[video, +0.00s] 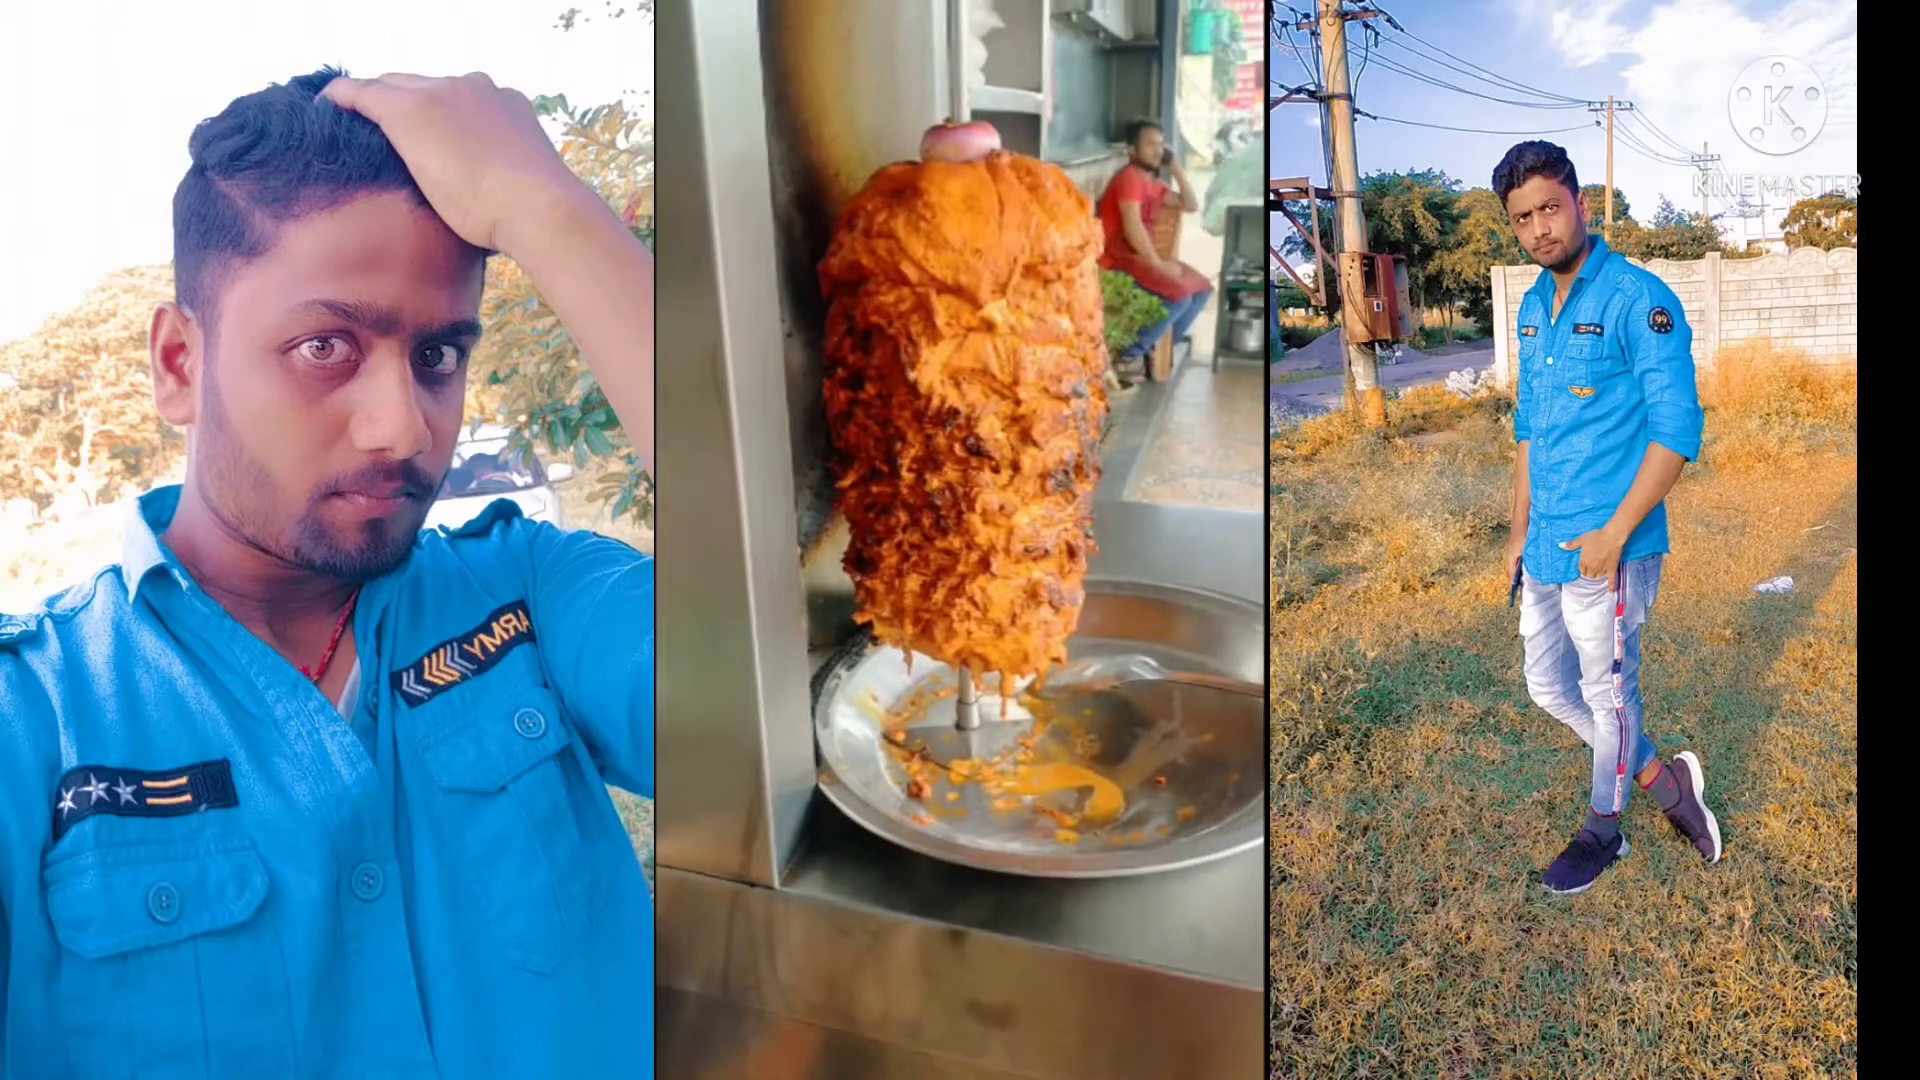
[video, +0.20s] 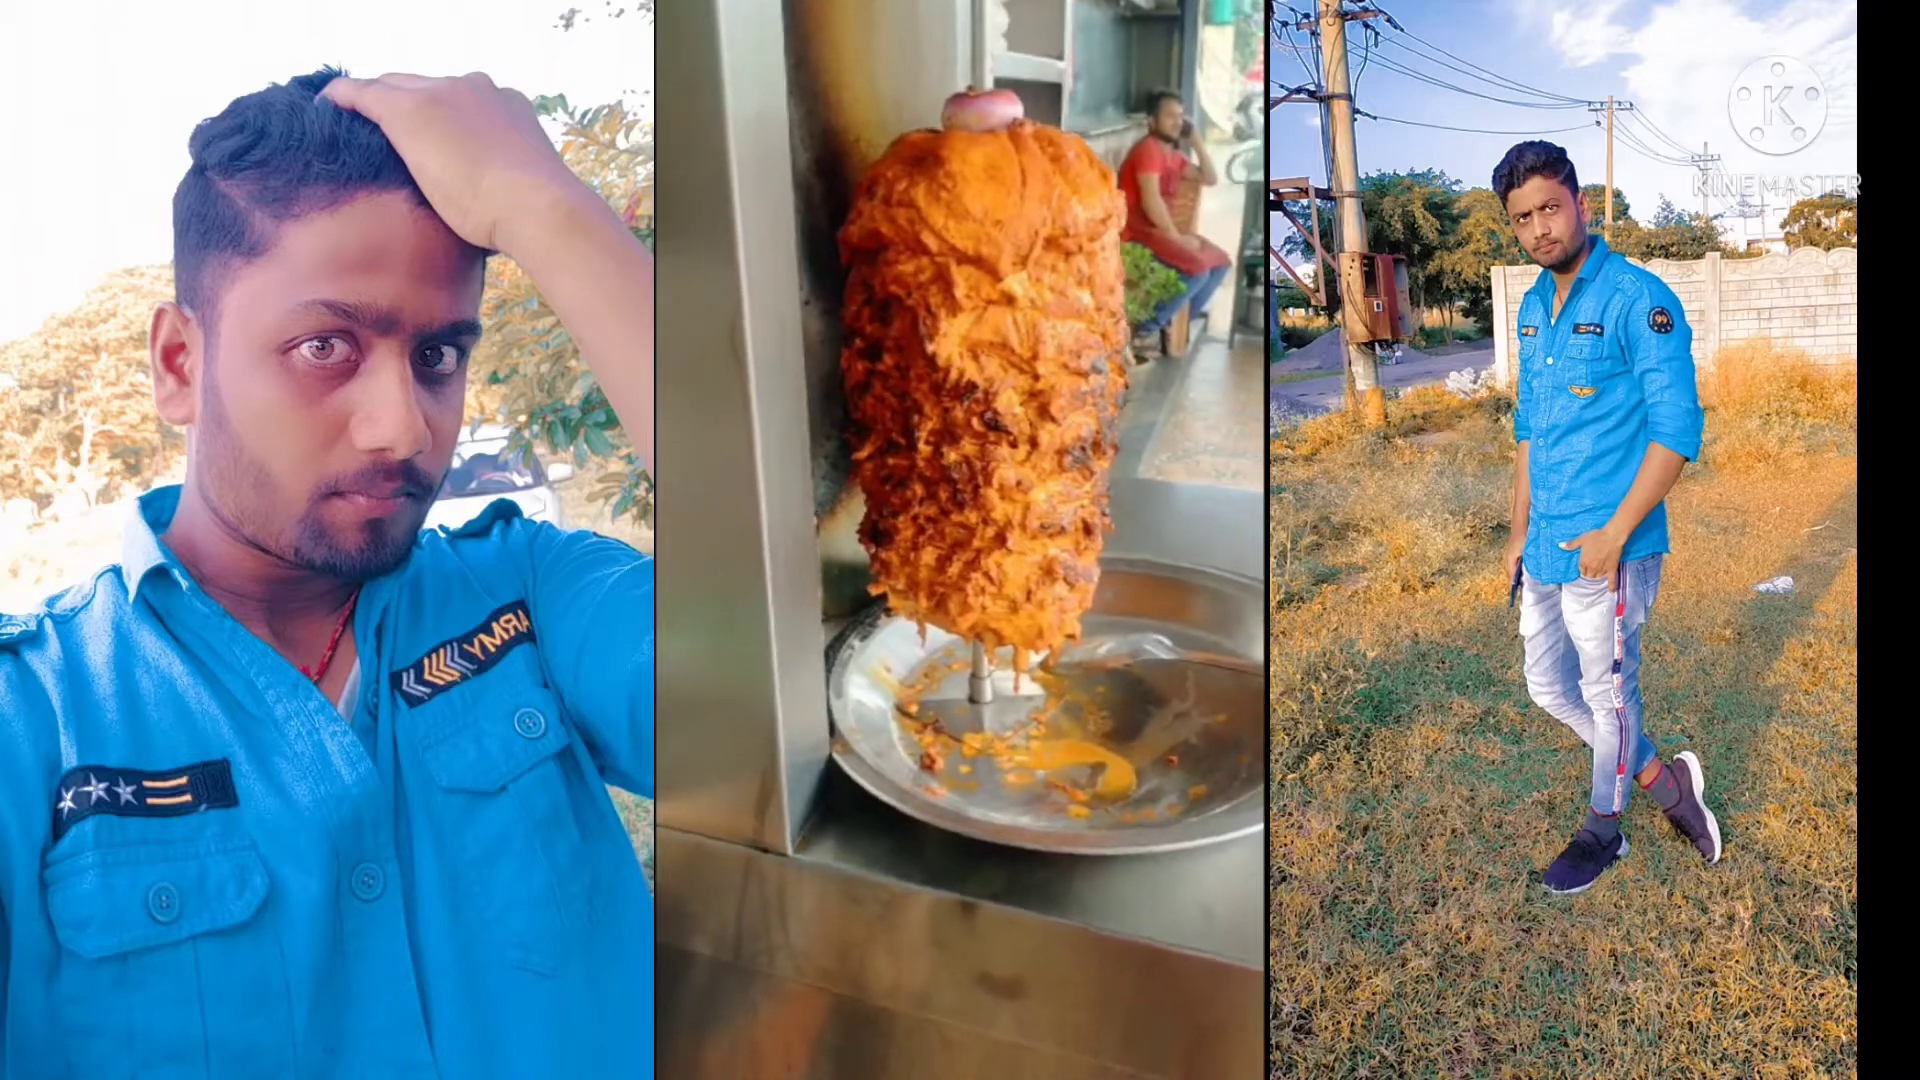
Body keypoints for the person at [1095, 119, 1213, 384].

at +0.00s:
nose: (1158, 150)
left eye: (1161, 144)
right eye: (1151, 144)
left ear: (1163, 149)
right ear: (1133, 148)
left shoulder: (1153, 183)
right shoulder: (1129, 178)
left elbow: (1189, 205)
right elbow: (1131, 227)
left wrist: (1176, 171)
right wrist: (1157, 264)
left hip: (1143, 254)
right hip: (1120, 256)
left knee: (1201, 288)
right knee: (1179, 295)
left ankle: (1163, 347)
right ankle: (1131, 354)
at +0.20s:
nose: (1178, 122)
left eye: (1181, 116)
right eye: (1171, 116)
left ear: (1183, 121)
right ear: (1153, 120)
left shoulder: (1172, 154)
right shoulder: (1148, 149)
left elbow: (1209, 178)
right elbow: (1150, 200)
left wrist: (1195, 141)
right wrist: (1175, 237)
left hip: (1163, 228)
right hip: (1139, 230)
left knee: (1220, 262)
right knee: (1198, 269)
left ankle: (1181, 322)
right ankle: (1148, 328)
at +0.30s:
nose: (1185, 84)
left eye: (1188, 79)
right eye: (1178, 78)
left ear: (1190, 83)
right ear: (1160, 82)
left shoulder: (1179, 117)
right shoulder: (1154, 112)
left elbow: (1215, 143)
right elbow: (1155, 162)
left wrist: (1202, 105)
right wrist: (1178, 202)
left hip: (1171, 193)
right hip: (1146, 194)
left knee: (1225, 229)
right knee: (1202, 236)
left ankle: (1183, 288)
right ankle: (1150, 295)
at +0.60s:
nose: (1185, 121)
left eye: (1188, 115)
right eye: (1178, 115)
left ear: (1190, 119)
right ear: (1160, 117)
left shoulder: (1176, 152)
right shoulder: (1154, 147)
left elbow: (1213, 177)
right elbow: (1153, 197)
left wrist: (1203, 141)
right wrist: (1176, 236)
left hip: (1160, 228)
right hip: (1136, 229)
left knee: (1220, 264)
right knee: (1197, 269)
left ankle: (1170, 323)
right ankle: (1145, 328)